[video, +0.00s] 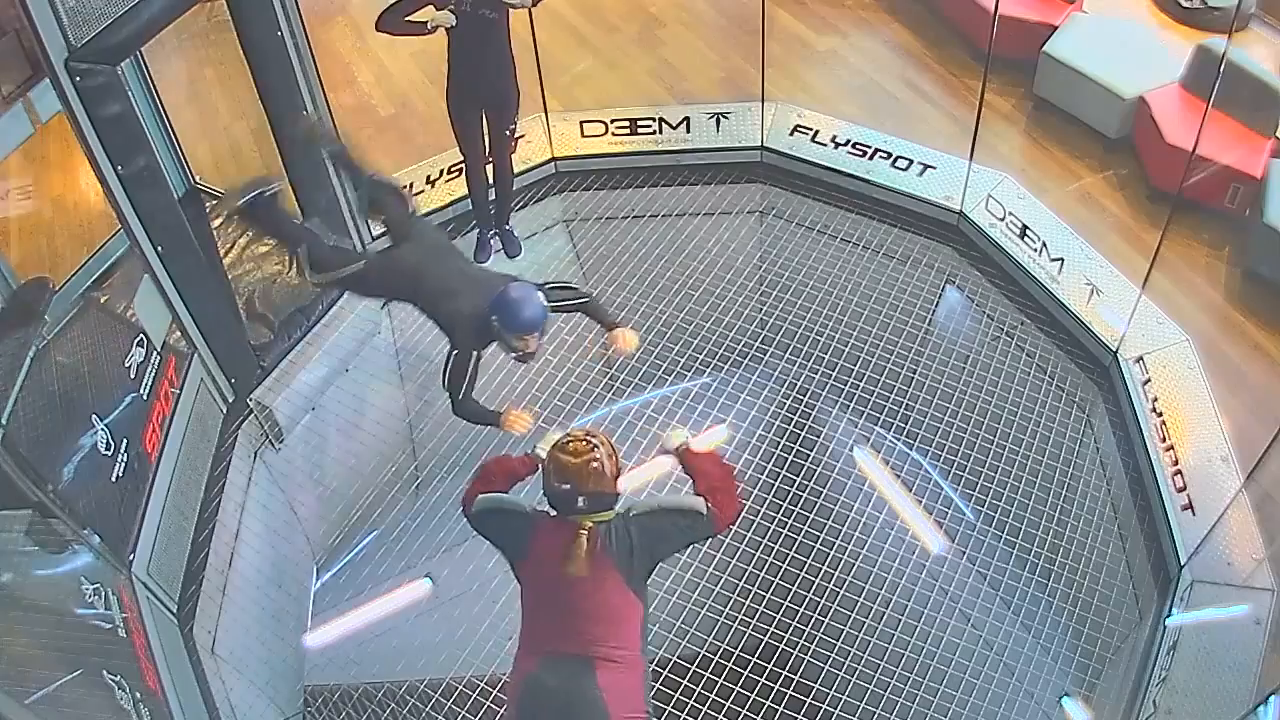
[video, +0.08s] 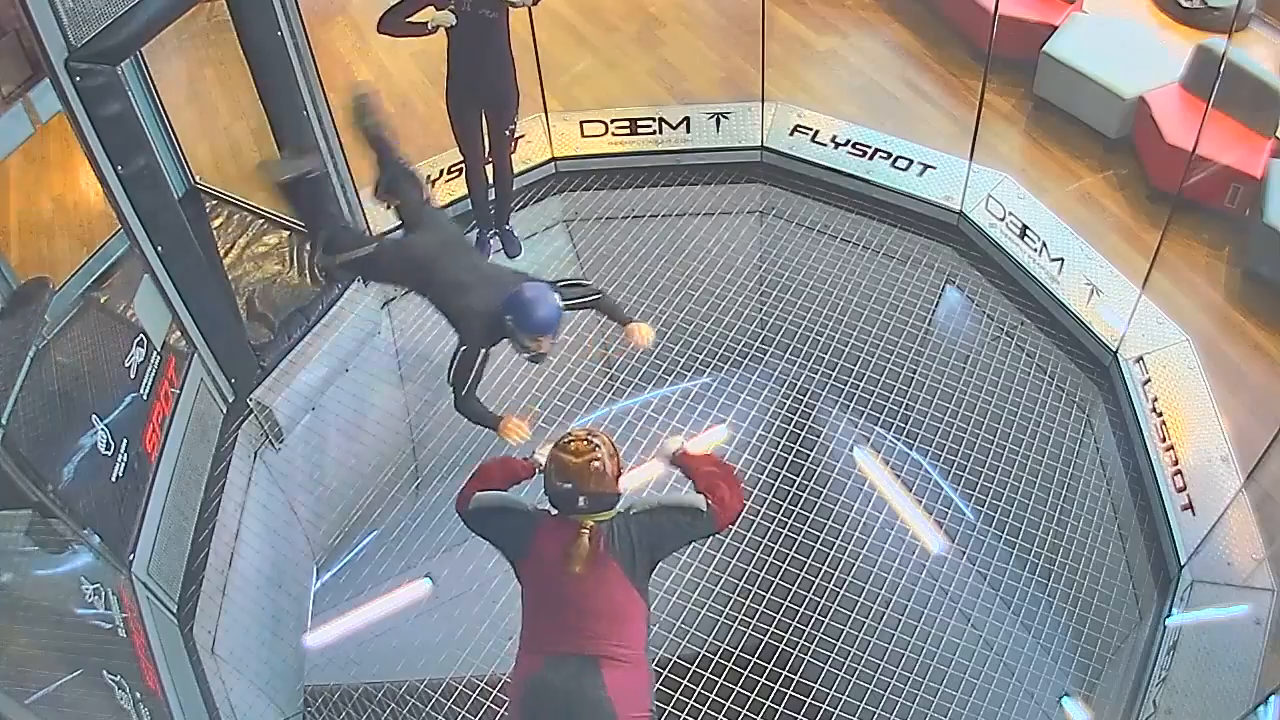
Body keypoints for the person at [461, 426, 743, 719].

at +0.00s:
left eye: (592, 450)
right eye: (602, 454)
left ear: (549, 488)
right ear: (615, 482)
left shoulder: (527, 533)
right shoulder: (636, 531)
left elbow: (476, 498)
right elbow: (724, 507)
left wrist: (533, 459)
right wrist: (689, 450)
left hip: (535, 692)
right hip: (612, 694)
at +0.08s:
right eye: (614, 460)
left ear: (550, 489)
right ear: (616, 484)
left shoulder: (528, 531)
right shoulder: (638, 530)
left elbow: (470, 499)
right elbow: (726, 504)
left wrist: (532, 464)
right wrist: (689, 455)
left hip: (538, 689)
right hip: (617, 692)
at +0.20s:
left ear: (551, 485)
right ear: (618, 483)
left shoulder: (527, 529)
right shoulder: (639, 529)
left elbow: (469, 497)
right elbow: (723, 502)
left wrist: (531, 463)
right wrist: (661, 459)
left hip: (539, 694)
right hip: (619, 695)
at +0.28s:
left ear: (551, 485)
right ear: (617, 485)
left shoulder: (526, 528)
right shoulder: (637, 529)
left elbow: (469, 494)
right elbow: (717, 503)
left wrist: (530, 462)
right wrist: (661, 467)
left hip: (539, 695)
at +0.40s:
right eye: (607, 458)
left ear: (545, 484)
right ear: (612, 484)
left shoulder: (521, 527)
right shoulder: (631, 527)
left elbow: (462, 493)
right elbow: (713, 503)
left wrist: (524, 458)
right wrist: (646, 468)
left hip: (537, 683)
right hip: (615, 684)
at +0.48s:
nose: (576, 436)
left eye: (586, 440)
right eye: (569, 438)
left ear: (542, 480)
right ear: (606, 483)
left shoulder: (514, 524)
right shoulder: (626, 524)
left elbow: (456, 490)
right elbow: (707, 504)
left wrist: (521, 455)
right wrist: (638, 469)